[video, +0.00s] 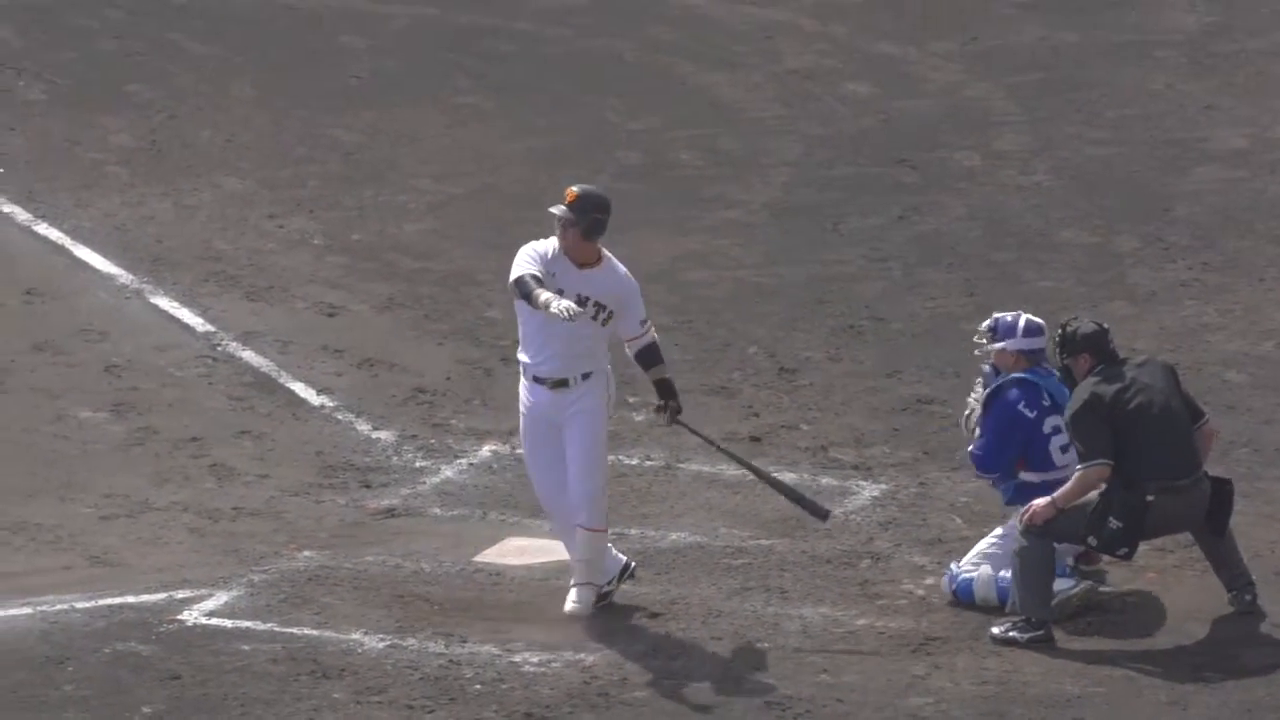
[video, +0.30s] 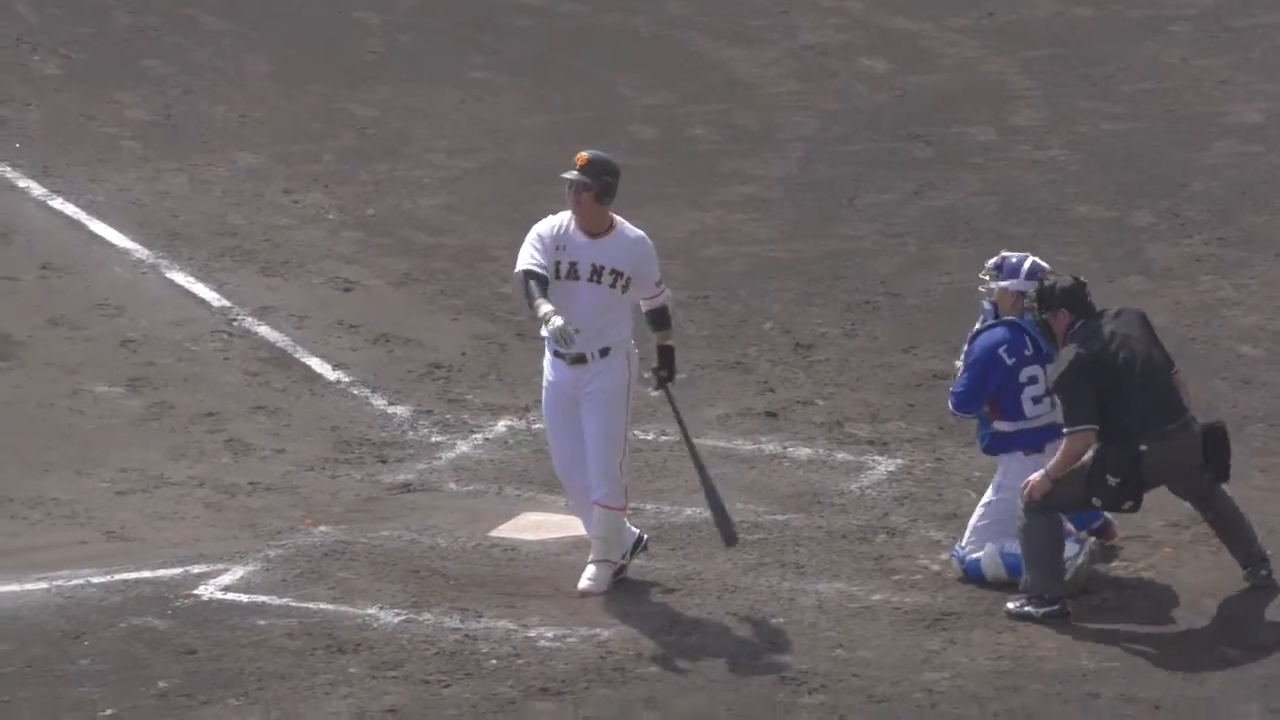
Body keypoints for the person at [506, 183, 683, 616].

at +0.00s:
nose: (559, 228)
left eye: (568, 223)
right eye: (560, 220)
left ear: (590, 231)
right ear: (563, 222)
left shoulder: (618, 283)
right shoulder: (536, 253)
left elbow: (641, 341)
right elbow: (526, 283)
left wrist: (667, 390)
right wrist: (552, 301)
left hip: (585, 393)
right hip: (535, 393)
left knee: (585, 487)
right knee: (550, 495)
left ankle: (583, 583)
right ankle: (608, 564)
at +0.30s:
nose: (573, 195)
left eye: (583, 189)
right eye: (572, 187)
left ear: (605, 194)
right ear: (569, 189)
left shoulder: (635, 244)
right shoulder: (548, 232)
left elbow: (655, 303)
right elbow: (531, 280)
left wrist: (665, 353)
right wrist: (548, 315)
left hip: (608, 366)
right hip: (558, 365)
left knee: (603, 461)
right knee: (569, 466)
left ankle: (603, 558)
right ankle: (621, 537)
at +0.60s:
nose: (589, 200)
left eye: (598, 193)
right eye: (587, 191)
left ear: (621, 198)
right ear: (584, 195)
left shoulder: (653, 251)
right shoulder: (562, 243)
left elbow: (677, 316)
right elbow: (536, 299)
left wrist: (681, 367)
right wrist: (524, 353)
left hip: (624, 374)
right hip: (575, 374)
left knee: (619, 469)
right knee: (579, 468)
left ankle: (619, 565)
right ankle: (631, 533)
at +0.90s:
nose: (591, 212)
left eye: (599, 206)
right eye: (590, 205)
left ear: (624, 210)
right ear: (594, 208)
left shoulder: (652, 261)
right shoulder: (584, 251)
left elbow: (668, 330)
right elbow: (564, 305)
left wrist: (652, 386)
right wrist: (536, 341)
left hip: (626, 386)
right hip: (580, 384)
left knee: (632, 484)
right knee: (568, 476)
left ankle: (637, 576)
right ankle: (617, 543)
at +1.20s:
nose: (582, 209)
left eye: (589, 204)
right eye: (584, 202)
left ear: (611, 211)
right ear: (601, 209)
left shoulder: (643, 263)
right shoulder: (579, 248)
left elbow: (656, 333)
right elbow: (565, 309)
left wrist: (638, 384)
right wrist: (555, 359)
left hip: (613, 385)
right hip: (573, 383)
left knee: (623, 479)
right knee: (581, 478)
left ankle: (644, 573)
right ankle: (590, 568)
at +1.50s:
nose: (578, 199)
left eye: (584, 194)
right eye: (579, 192)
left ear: (605, 202)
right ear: (606, 201)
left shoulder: (635, 257)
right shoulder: (579, 234)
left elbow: (642, 331)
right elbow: (551, 287)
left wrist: (624, 381)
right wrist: (516, 326)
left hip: (597, 372)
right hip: (565, 367)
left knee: (586, 465)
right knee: (578, 464)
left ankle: (639, 548)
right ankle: (597, 556)